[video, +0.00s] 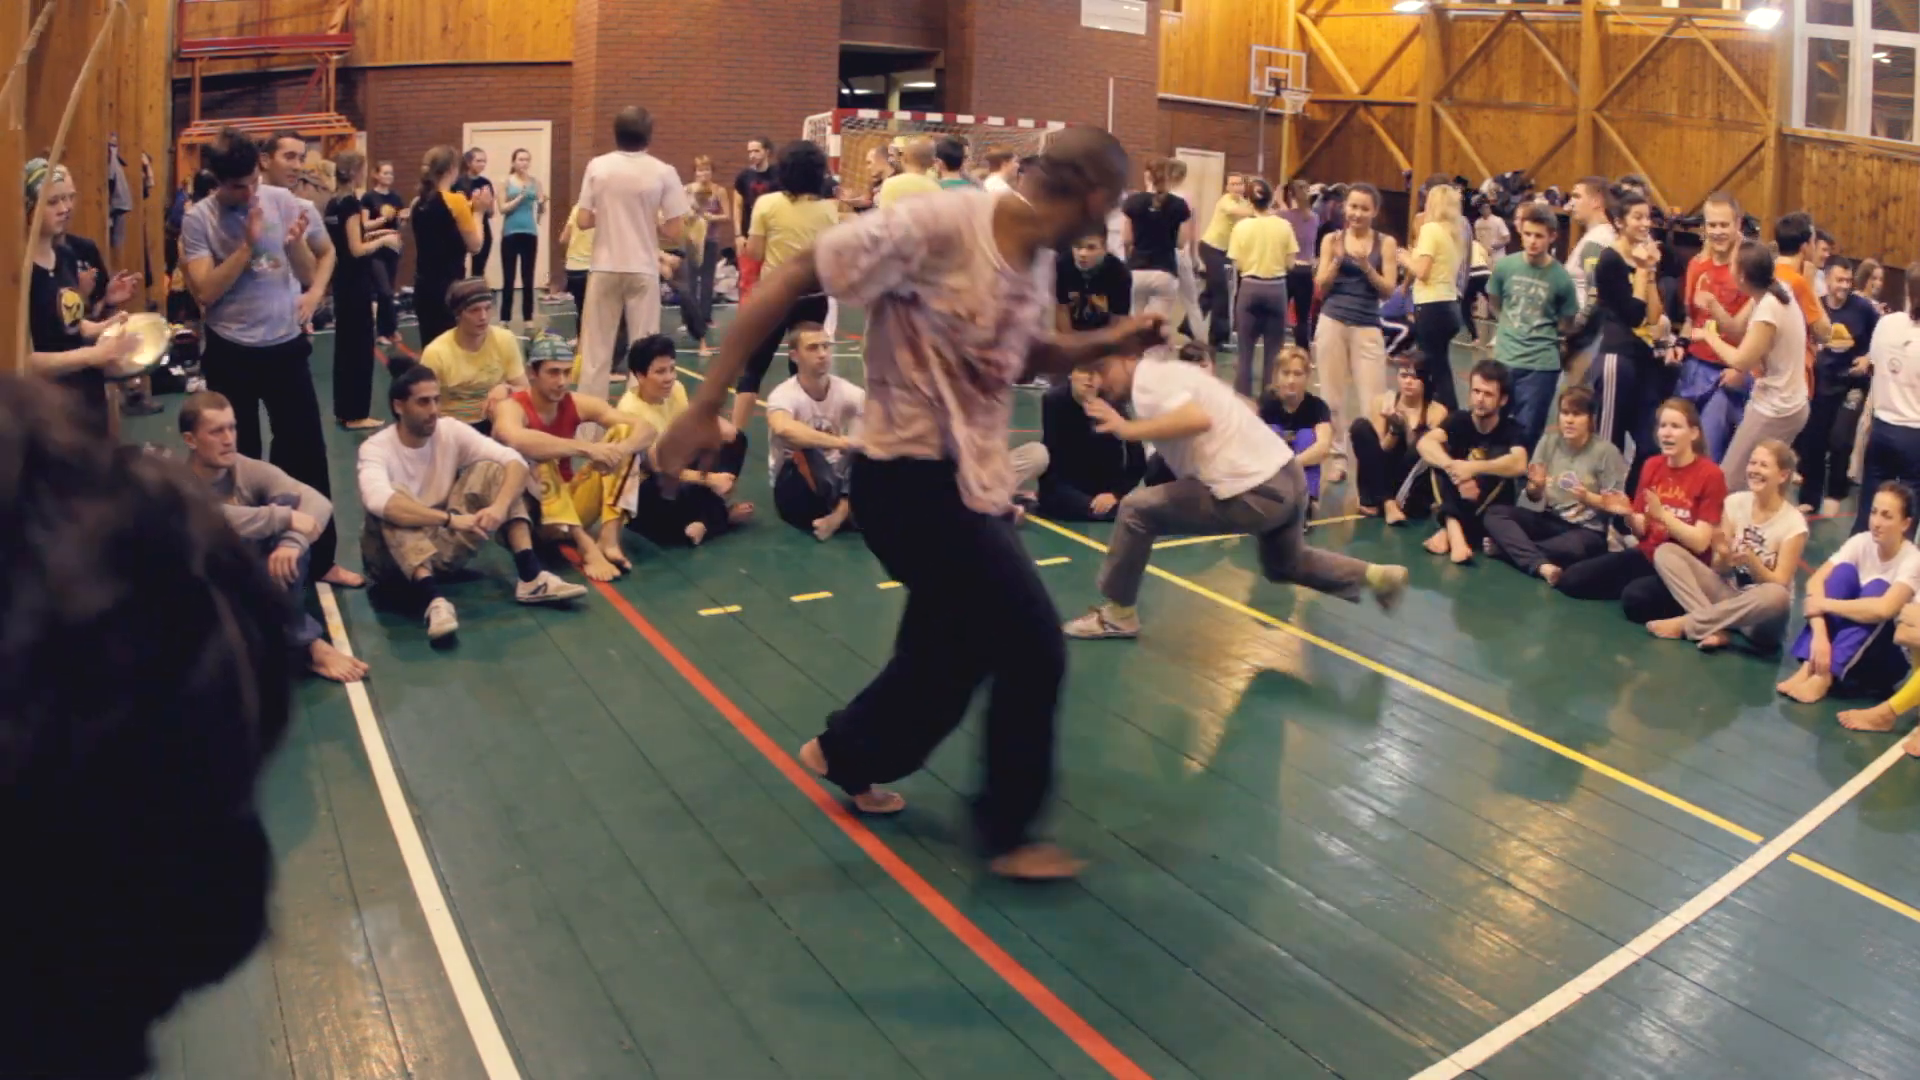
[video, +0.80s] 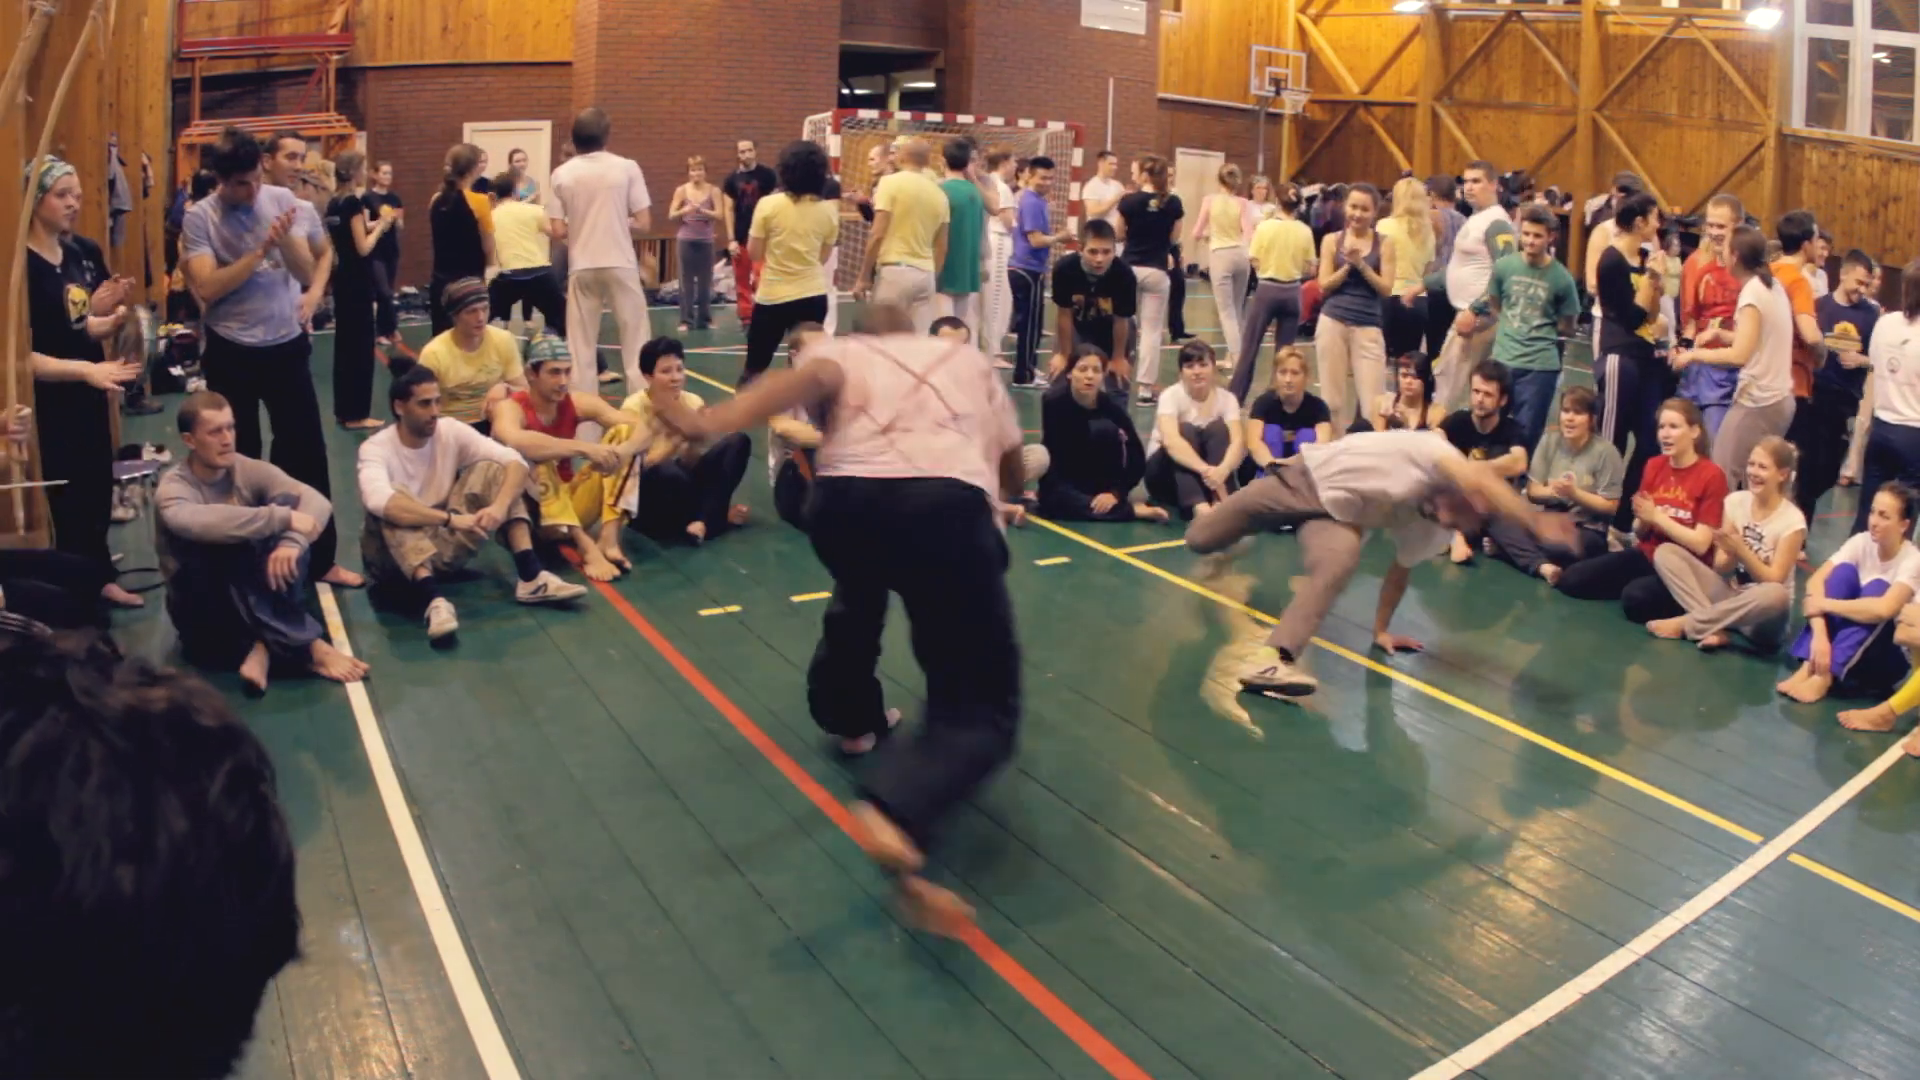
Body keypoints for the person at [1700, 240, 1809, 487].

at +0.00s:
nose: (1731, 273)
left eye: (1733, 268)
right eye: (1732, 267)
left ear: (1742, 276)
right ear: (1767, 269)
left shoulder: (1769, 307)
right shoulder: (1780, 292)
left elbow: (1741, 361)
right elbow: (1735, 328)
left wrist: (1710, 337)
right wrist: (1714, 308)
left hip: (1772, 411)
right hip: (1791, 405)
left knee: (1729, 478)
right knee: (1764, 476)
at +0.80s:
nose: (1721, 254)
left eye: (1725, 249)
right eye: (1722, 248)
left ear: (1734, 256)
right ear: (1760, 254)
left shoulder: (1752, 292)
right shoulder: (1774, 287)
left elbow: (1739, 355)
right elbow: (1758, 341)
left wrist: (1692, 355)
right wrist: (1720, 335)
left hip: (1756, 404)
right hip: (1780, 400)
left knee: (1722, 477)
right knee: (1758, 477)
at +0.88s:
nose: (1719, 251)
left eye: (1723, 245)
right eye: (1720, 244)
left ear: (1733, 253)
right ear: (1755, 253)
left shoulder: (1747, 292)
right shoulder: (1774, 288)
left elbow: (1742, 355)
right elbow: (1763, 345)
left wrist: (1701, 375)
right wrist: (1723, 351)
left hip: (1750, 400)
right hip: (1777, 395)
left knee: (1718, 480)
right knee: (1759, 482)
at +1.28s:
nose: (1715, 247)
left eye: (1719, 242)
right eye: (1717, 240)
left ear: (1728, 248)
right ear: (1753, 249)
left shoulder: (1717, 283)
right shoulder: (1769, 285)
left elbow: (1704, 348)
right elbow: (1775, 345)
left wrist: (1683, 395)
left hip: (1726, 395)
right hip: (1763, 395)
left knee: (1713, 481)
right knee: (1747, 480)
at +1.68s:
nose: (1711, 238)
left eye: (1715, 236)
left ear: (1718, 247)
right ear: (1750, 248)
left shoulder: (1705, 283)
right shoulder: (1768, 288)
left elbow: (1690, 345)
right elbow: (1774, 349)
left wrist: (1679, 363)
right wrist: (1752, 368)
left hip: (1713, 390)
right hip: (1753, 391)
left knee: (1708, 477)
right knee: (1744, 476)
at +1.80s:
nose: (1708, 240)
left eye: (1712, 237)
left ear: (1715, 246)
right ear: (1748, 248)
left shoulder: (1703, 282)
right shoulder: (1767, 287)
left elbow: (1676, 333)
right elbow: (1776, 350)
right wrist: (1752, 367)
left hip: (1710, 391)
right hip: (1751, 392)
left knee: (1708, 475)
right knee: (1744, 475)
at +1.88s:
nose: (1707, 244)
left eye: (1710, 239)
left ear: (1713, 247)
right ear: (1747, 249)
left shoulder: (1703, 280)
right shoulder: (1767, 287)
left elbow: (1670, 317)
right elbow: (1776, 350)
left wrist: (1680, 274)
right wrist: (1751, 368)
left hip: (1710, 390)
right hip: (1751, 391)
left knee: (1708, 474)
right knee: (1744, 474)